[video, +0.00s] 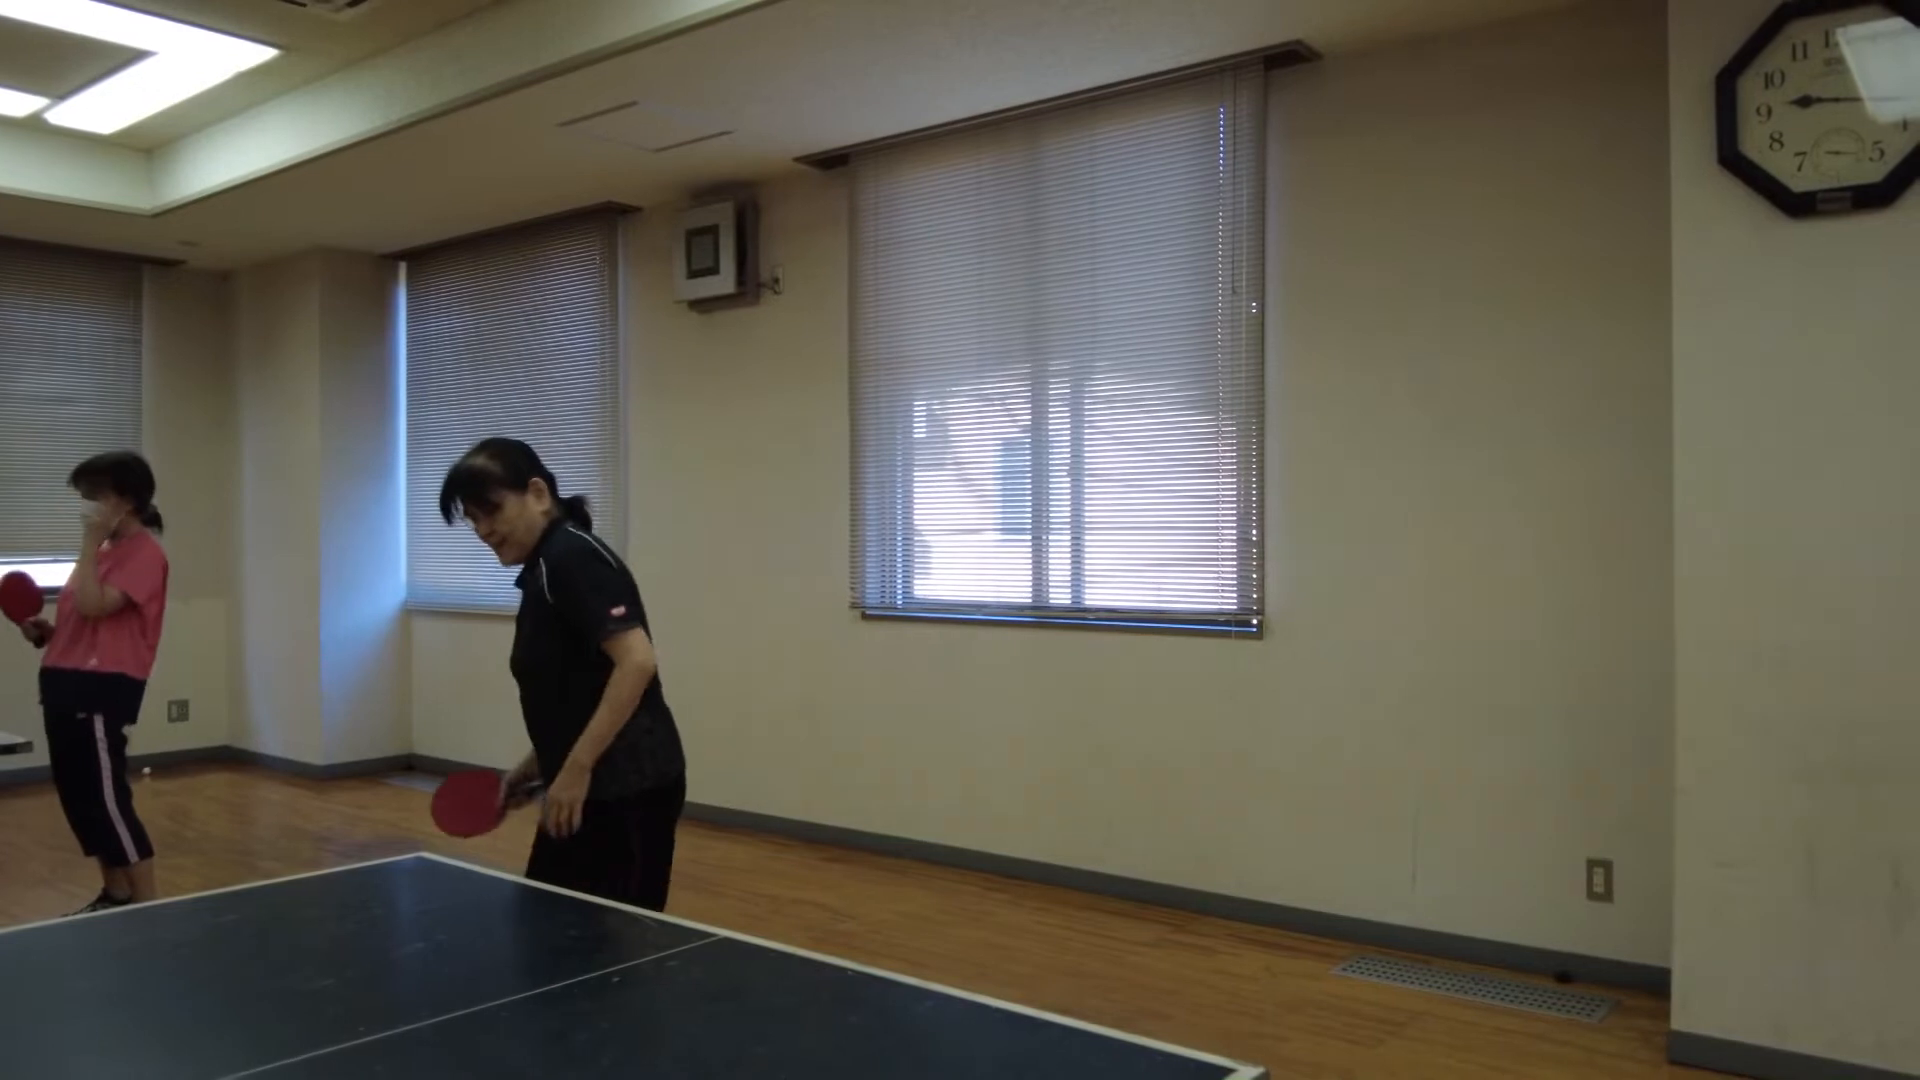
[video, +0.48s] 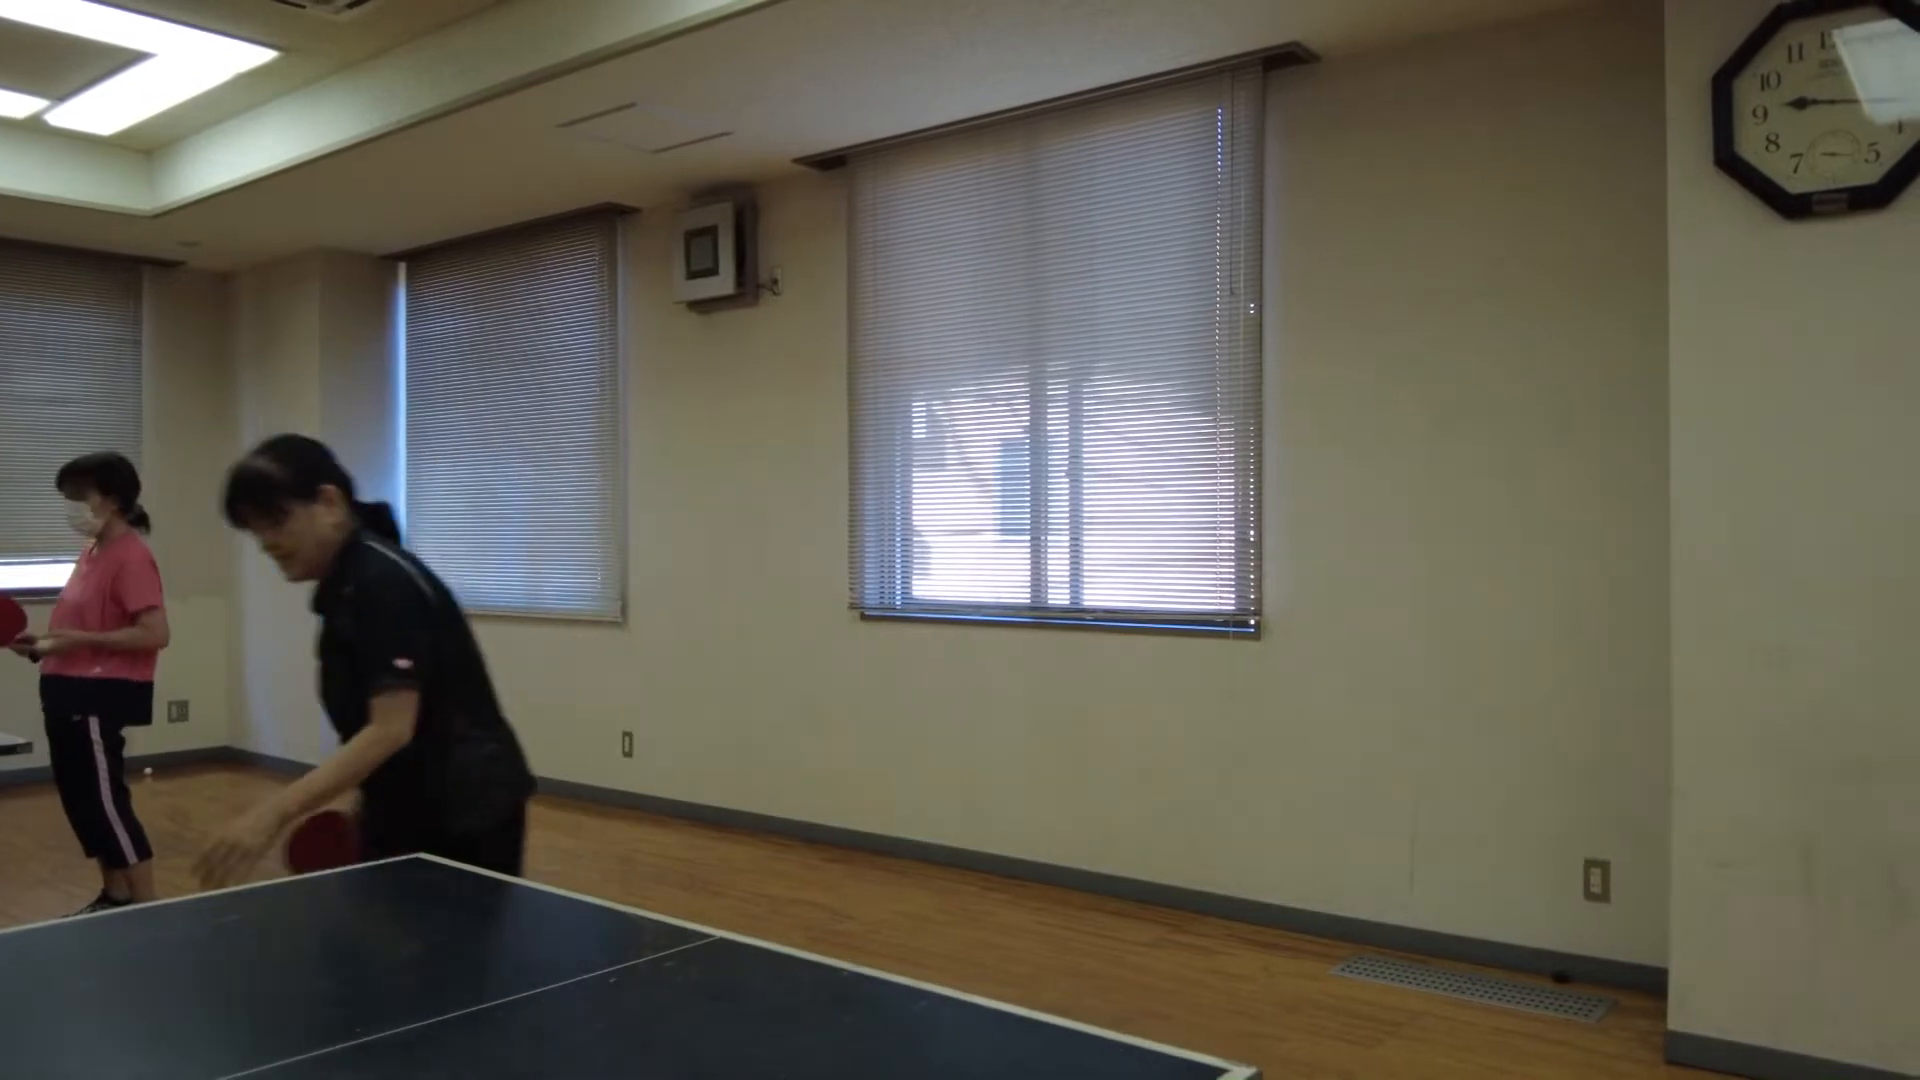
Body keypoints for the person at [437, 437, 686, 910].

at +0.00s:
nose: (483, 530)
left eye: (492, 509)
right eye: (473, 519)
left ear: (538, 494)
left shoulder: (572, 556)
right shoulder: (545, 568)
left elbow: (636, 660)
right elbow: (588, 684)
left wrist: (578, 766)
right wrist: (540, 764)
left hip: (627, 789)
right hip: (589, 790)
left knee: (613, 946)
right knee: (540, 930)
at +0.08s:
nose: (479, 536)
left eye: (488, 515)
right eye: (469, 524)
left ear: (536, 501)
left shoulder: (570, 567)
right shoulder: (538, 578)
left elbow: (622, 685)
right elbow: (575, 694)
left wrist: (543, 786)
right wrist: (528, 770)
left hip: (628, 798)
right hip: (568, 799)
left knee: (642, 949)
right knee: (517, 929)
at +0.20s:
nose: (449, 548)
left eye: (460, 529)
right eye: (439, 535)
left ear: (510, 518)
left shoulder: (550, 593)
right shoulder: (504, 598)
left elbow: (557, 725)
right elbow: (525, 718)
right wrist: (497, 793)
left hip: (609, 808)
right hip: (538, 801)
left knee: (627, 955)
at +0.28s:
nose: (403, 545)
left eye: (416, 526)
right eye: (396, 532)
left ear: (467, 519)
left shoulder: (505, 596)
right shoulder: (471, 598)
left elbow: (496, 731)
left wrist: (360, 774)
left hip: (572, 822)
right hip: (509, 817)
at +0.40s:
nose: (321, 549)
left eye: (332, 528)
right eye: (312, 536)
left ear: (384, 512)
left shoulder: (426, 588)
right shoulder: (399, 588)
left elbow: (428, 729)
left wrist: (292, 785)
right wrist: (419, 803)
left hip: (504, 821)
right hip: (455, 815)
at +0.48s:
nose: (268, 544)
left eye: (277, 521)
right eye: (258, 531)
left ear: (329, 502)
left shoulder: (382, 582)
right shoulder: (347, 585)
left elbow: (393, 726)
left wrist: (274, 814)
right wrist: (364, 801)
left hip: (462, 813)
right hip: (406, 806)